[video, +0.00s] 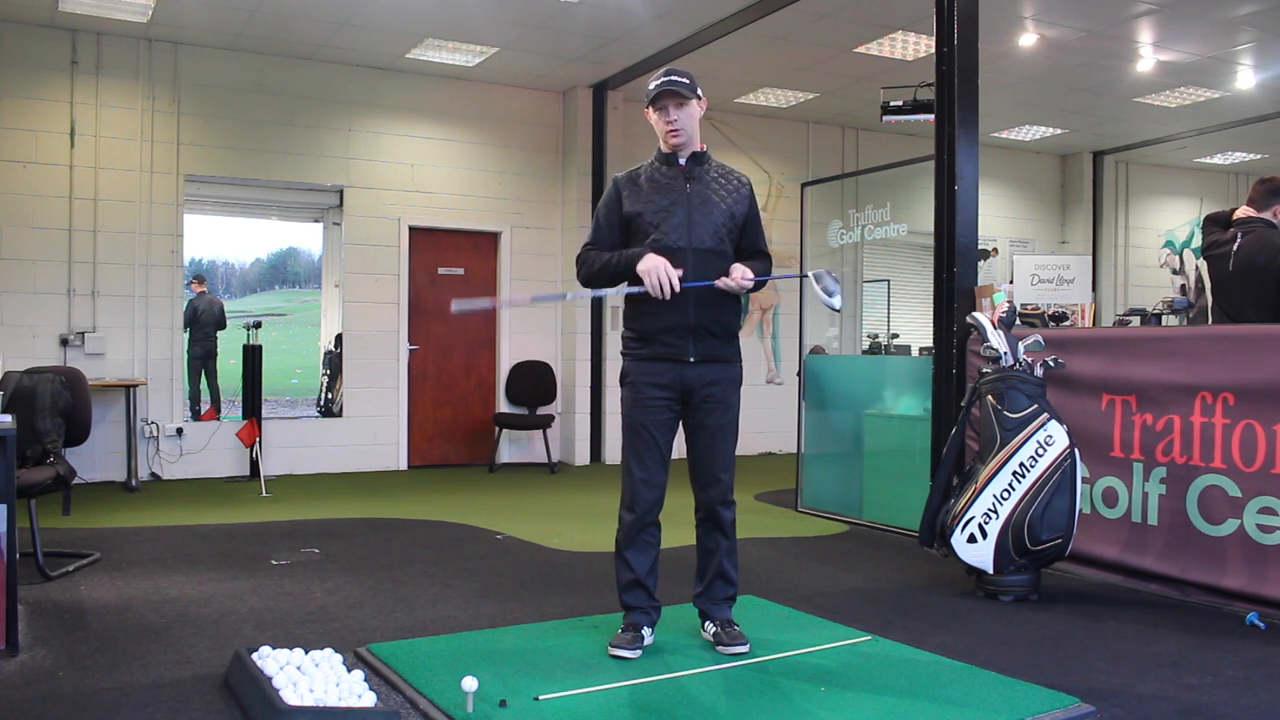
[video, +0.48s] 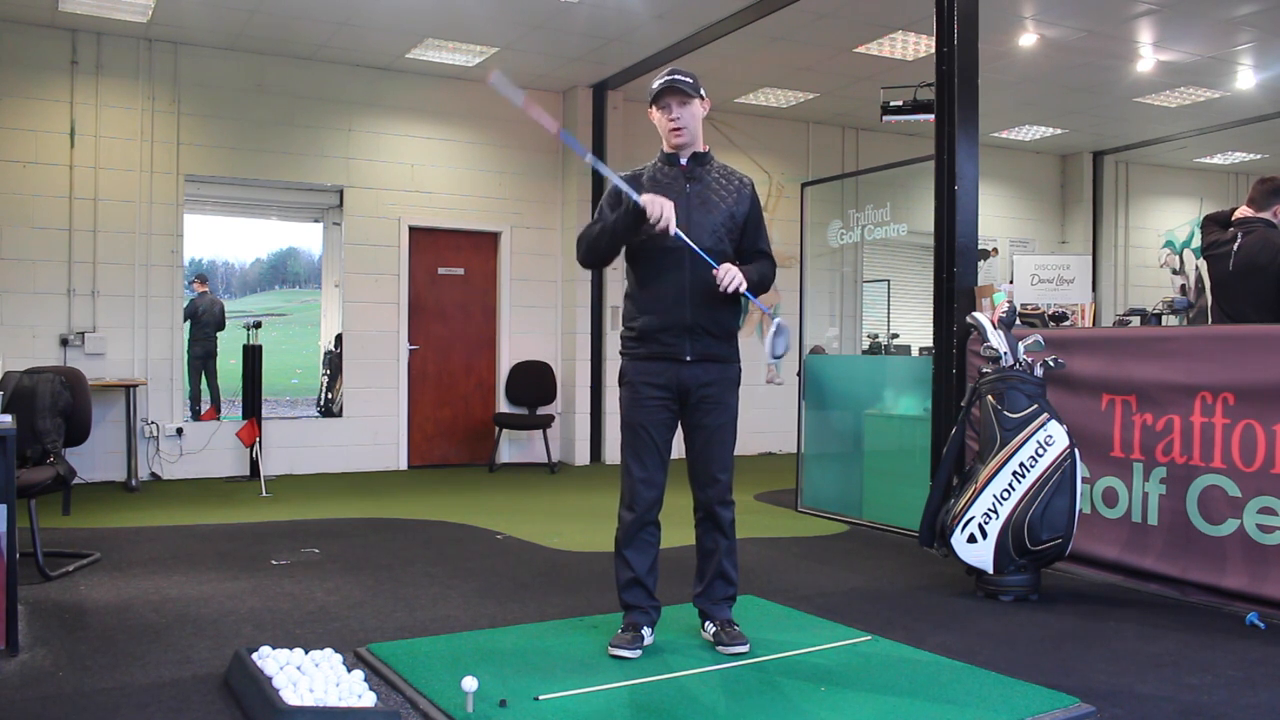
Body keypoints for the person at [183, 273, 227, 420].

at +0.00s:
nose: (191, 287)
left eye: (192, 284)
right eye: (191, 284)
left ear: (197, 285)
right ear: (204, 284)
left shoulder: (194, 302)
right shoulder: (217, 302)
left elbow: (185, 324)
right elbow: (222, 325)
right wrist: (209, 325)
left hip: (196, 345)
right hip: (211, 345)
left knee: (194, 383)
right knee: (213, 381)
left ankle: (195, 415)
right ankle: (216, 412)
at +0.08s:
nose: (191, 287)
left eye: (192, 284)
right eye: (191, 284)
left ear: (197, 284)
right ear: (204, 284)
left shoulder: (194, 302)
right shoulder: (217, 301)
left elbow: (186, 324)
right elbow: (222, 325)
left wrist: (195, 319)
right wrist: (209, 325)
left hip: (196, 345)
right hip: (211, 345)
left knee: (194, 383)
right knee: (212, 381)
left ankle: (195, 415)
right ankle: (216, 412)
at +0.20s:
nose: (191, 287)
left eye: (192, 284)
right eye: (191, 284)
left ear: (198, 284)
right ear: (205, 284)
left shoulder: (194, 302)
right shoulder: (217, 302)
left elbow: (186, 323)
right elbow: (222, 325)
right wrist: (209, 325)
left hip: (196, 344)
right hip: (211, 344)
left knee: (194, 382)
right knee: (212, 381)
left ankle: (195, 415)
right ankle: (216, 412)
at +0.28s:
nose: (191, 287)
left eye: (193, 284)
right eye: (191, 284)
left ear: (198, 284)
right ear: (205, 284)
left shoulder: (195, 302)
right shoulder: (217, 302)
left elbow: (185, 323)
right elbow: (222, 325)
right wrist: (209, 326)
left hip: (196, 344)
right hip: (211, 344)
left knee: (195, 382)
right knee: (212, 381)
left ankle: (195, 415)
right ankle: (216, 412)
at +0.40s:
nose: (192, 287)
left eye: (193, 284)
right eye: (192, 284)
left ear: (199, 284)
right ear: (205, 284)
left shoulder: (195, 302)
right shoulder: (218, 302)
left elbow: (184, 320)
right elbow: (222, 325)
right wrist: (209, 326)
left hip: (196, 344)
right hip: (211, 344)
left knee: (195, 382)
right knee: (212, 381)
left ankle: (195, 415)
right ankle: (216, 412)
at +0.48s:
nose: (193, 286)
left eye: (194, 284)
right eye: (193, 284)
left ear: (199, 284)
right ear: (206, 284)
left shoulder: (195, 302)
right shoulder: (218, 302)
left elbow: (182, 318)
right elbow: (222, 326)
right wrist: (209, 327)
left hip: (196, 343)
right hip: (211, 343)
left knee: (195, 382)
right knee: (212, 381)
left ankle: (195, 414)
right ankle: (216, 412)